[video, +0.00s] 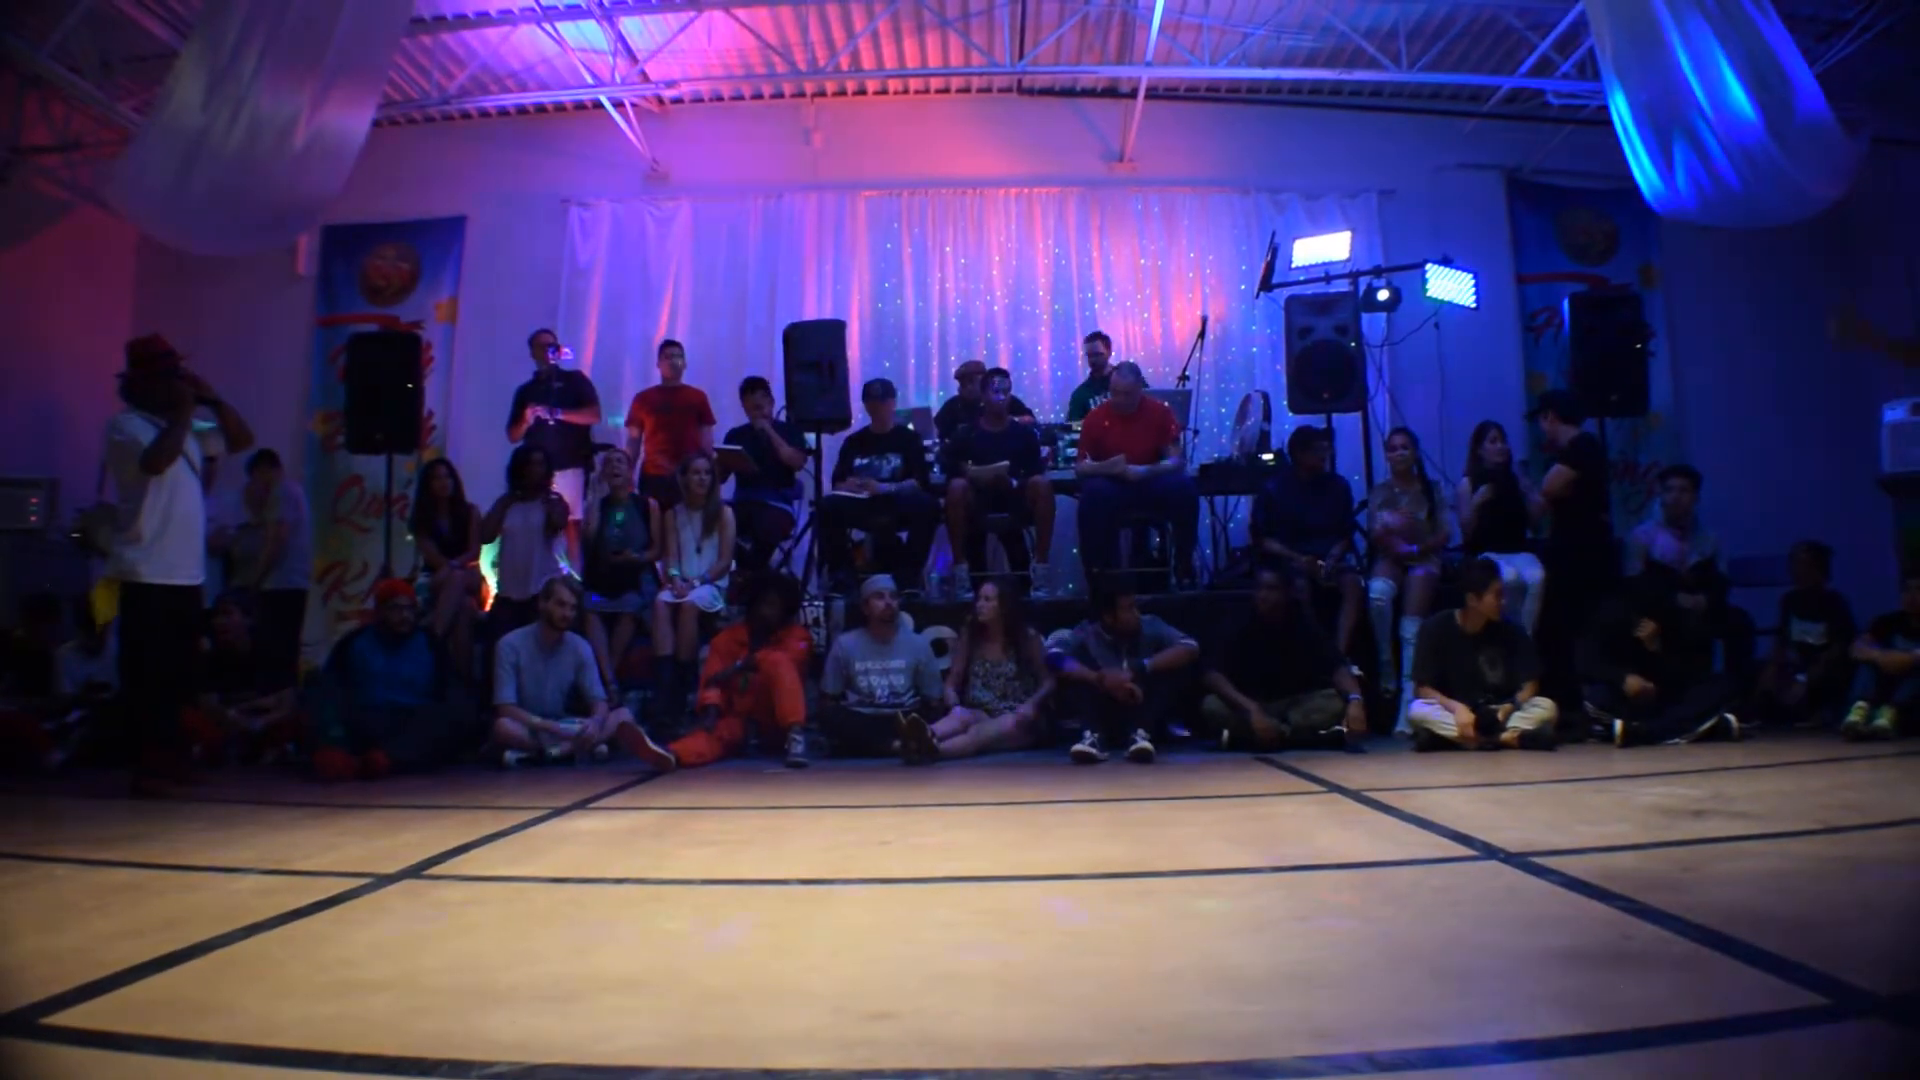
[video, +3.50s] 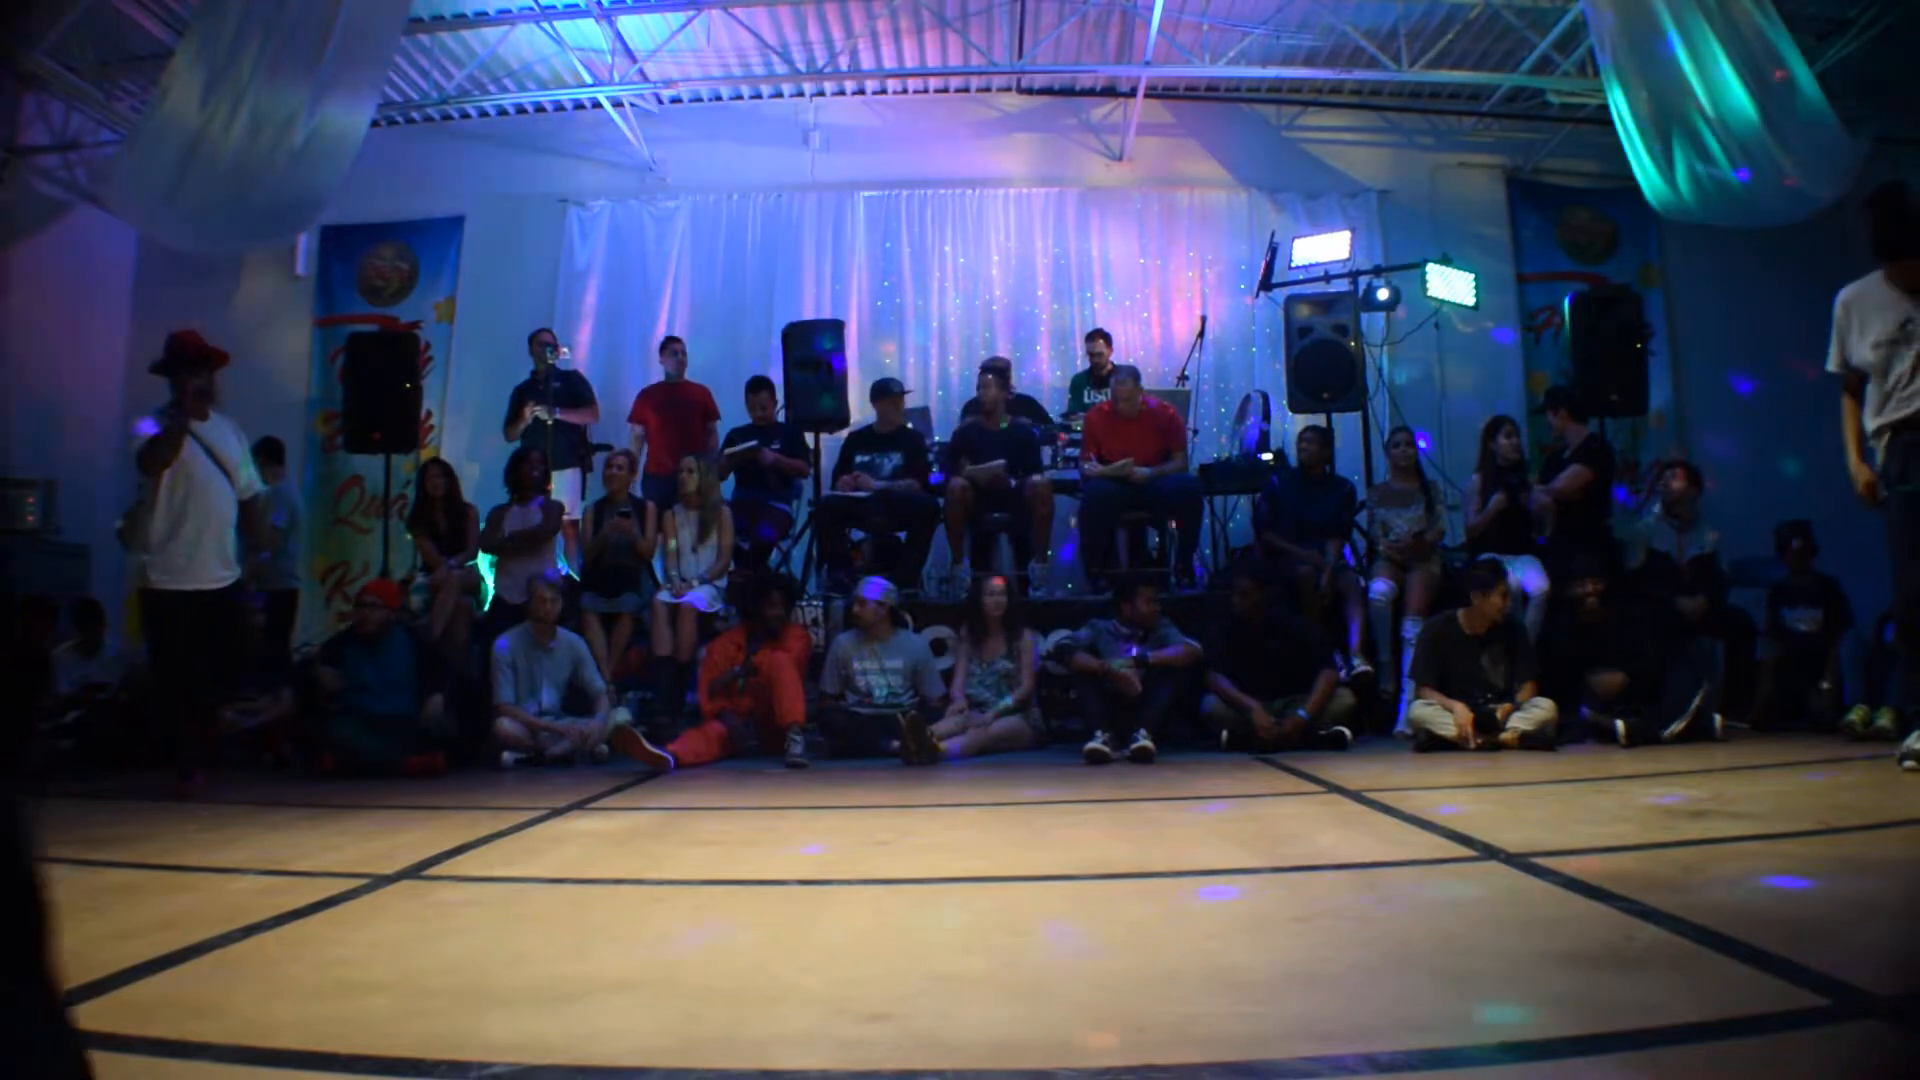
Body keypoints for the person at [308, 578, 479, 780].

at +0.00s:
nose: (405, 615)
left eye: (410, 608)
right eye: (397, 609)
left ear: (416, 611)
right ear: (381, 611)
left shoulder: (429, 645)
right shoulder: (356, 643)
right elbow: (330, 686)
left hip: (413, 719)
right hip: (363, 717)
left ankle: (390, 755)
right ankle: (339, 752)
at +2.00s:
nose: (396, 624)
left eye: (401, 616)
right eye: (388, 617)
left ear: (408, 617)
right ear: (371, 620)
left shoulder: (425, 651)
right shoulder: (344, 654)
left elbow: (447, 697)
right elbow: (317, 704)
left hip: (415, 732)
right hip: (357, 732)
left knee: (467, 733)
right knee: (307, 725)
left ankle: (379, 766)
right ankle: (327, 766)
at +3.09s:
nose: (383, 613)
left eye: (390, 605)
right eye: (377, 605)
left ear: (404, 611)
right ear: (369, 609)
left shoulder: (422, 643)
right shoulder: (349, 644)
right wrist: (352, 730)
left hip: (419, 720)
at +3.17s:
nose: (380, 611)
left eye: (388, 605)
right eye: (374, 604)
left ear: (403, 610)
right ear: (366, 607)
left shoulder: (422, 642)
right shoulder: (349, 640)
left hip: (414, 715)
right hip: (363, 716)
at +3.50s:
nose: (365, 614)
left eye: (373, 607)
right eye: (361, 606)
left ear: (389, 612)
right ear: (354, 609)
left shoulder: (410, 642)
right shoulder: (345, 641)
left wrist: (435, 697)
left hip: (404, 717)